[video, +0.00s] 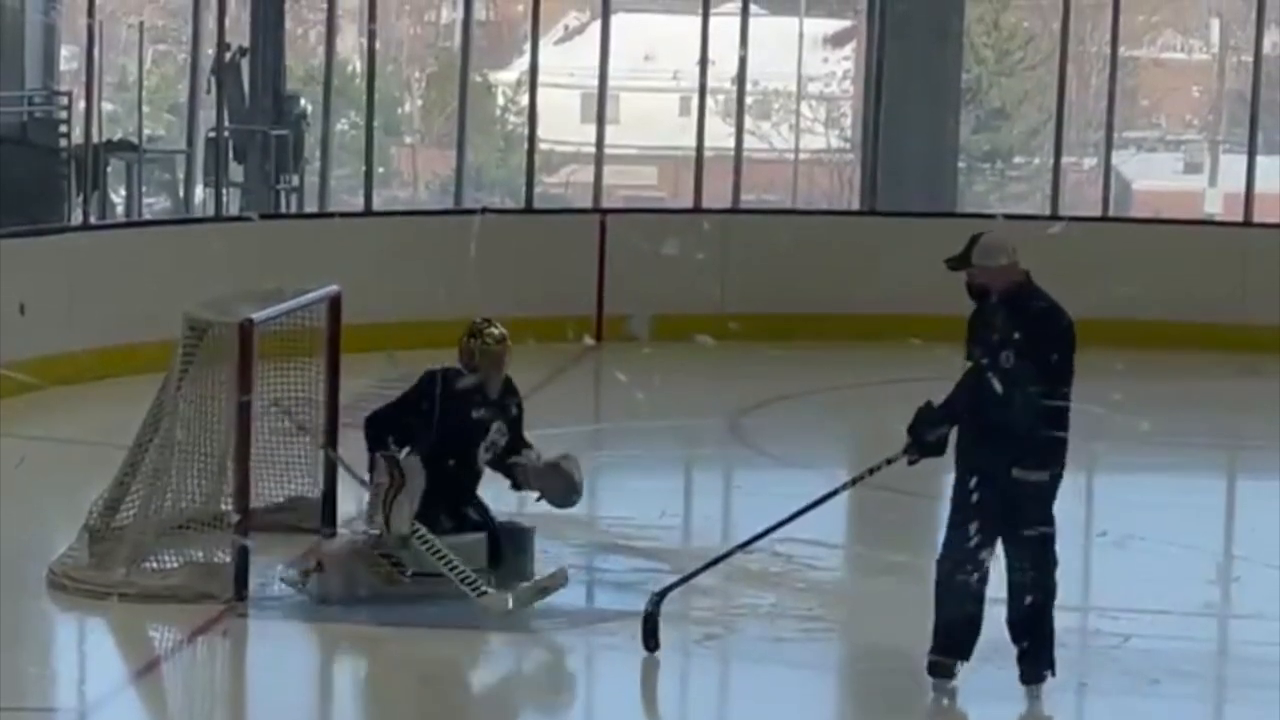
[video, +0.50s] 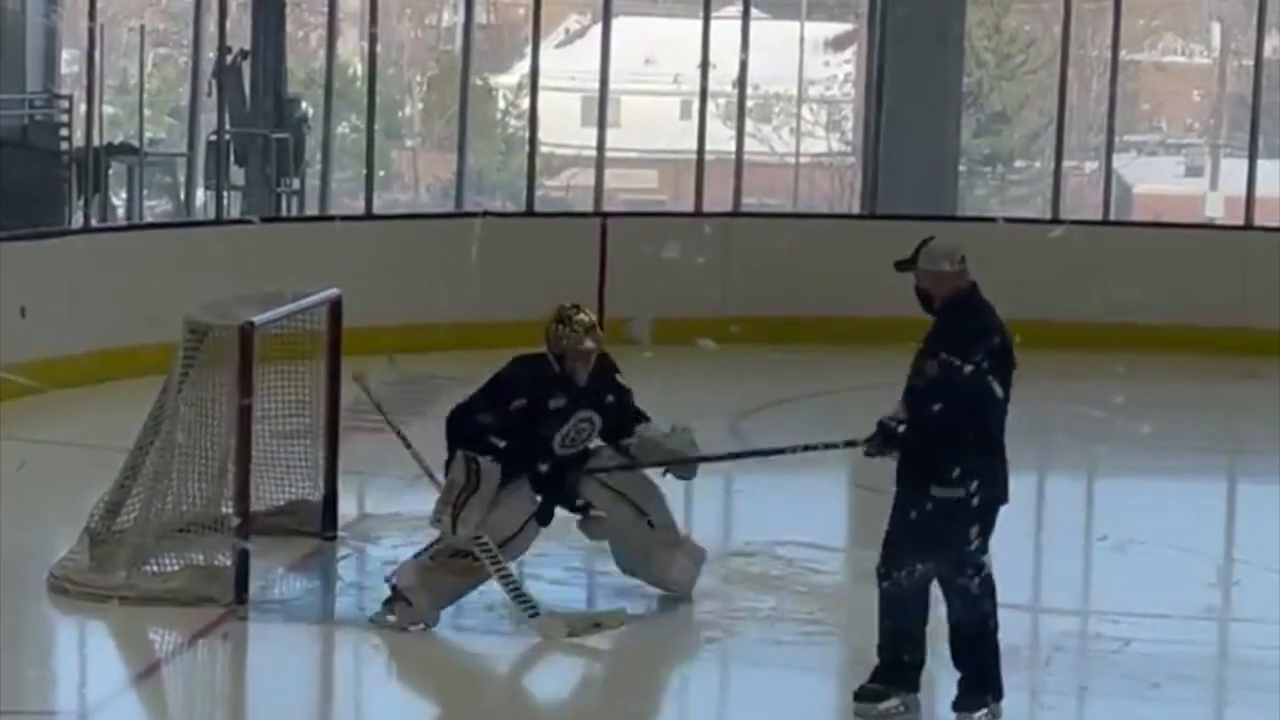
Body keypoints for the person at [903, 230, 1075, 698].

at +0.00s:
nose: (970, 281)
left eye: (976, 273)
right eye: (970, 274)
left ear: (1001, 272)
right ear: (989, 273)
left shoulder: (1049, 321)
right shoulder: (986, 314)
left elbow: (1044, 403)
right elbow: (976, 383)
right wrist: (936, 426)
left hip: (1031, 468)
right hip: (980, 463)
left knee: (1030, 569)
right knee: (961, 562)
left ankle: (1035, 671)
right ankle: (945, 663)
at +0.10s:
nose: (964, 284)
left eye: (970, 276)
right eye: (963, 276)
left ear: (994, 274)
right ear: (979, 275)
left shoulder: (1039, 324)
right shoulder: (980, 318)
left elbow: (1012, 399)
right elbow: (969, 391)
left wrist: (940, 423)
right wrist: (934, 428)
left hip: (1022, 472)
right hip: (971, 466)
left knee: (1022, 577)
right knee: (950, 568)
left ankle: (1027, 684)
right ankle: (936, 673)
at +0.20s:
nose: (955, 285)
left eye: (961, 277)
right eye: (955, 277)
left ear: (985, 275)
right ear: (975, 277)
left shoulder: (1027, 326)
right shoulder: (975, 321)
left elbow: (1013, 416)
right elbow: (962, 398)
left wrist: (943, 434)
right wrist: (930, 425)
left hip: (1013, 473)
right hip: (964, 467)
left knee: (1012, 575)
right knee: (939, 564)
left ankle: (1018, 683)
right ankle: (930, 668)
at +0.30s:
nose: (947, 289)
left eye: (953, 280)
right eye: (946, 280)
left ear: (976, 277)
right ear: (961, 280)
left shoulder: (1014, 328)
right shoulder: (968, 322)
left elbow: (997, 410)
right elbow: (952, 395)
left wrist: (934, 432)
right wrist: (922, 420)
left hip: (1000, 472)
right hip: (954, 466)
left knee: (997, 573)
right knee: (929, 565)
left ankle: (1008, 684)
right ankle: (924, 672)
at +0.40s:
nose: (935, 288)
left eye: (941, 279)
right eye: (934, 280)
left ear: (964, 278)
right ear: (950, 281)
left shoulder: (999, 329)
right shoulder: (957, 324)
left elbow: (982, 406)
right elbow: (936, 393)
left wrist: (919, 434)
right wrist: (904, 423)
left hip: (987, 475)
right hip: (939, 470)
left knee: (981, 572)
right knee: (915, 568)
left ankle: (995, 686)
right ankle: (912, 675)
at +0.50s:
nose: (920, 288)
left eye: (925, 279)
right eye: (919, 280)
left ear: (948, 278)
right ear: (948, 278)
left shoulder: (978, 330)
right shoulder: (944, 326)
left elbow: (968, 415)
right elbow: (926, 397)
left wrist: (906, 438)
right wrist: (896, 428)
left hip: (968, 481)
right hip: (924, 477)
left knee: (964, 577)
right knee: (900, 573)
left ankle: (979, 691)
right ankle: (895, 680)